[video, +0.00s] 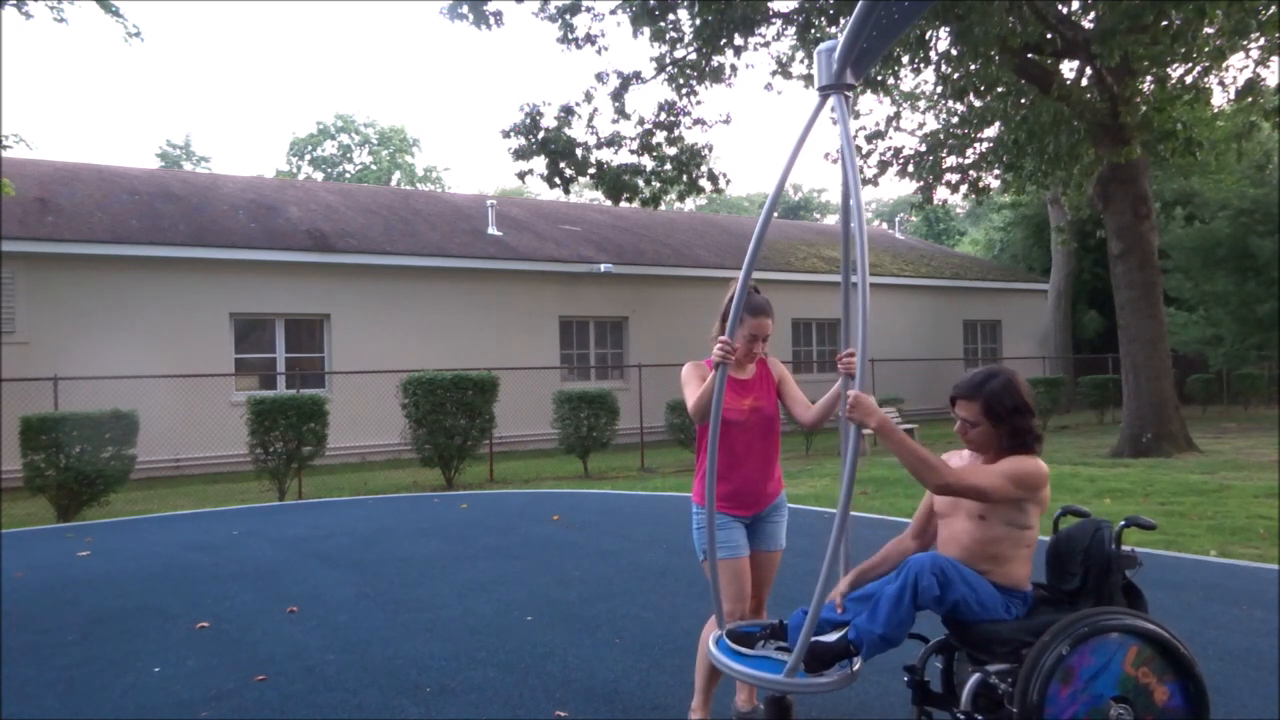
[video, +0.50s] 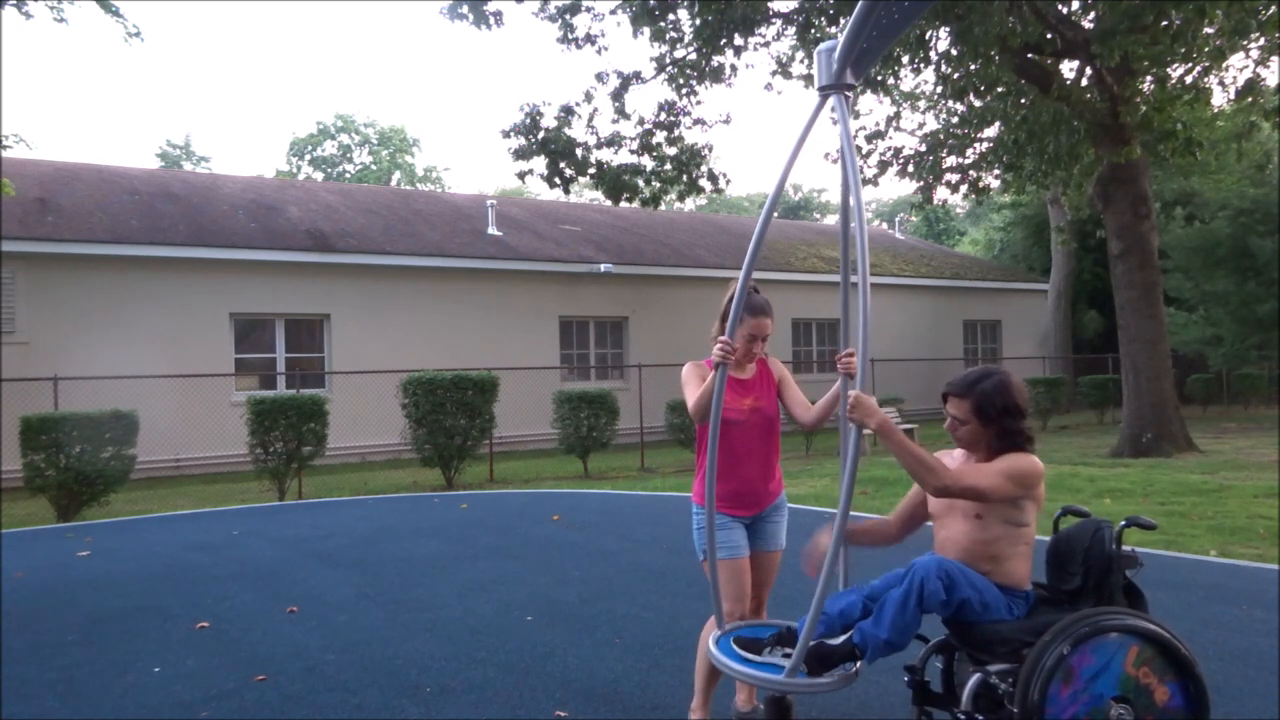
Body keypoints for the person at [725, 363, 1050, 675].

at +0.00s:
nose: (959, 431)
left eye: (969, 424)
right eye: (957, 421)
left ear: (1004, 424)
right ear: (956, 415)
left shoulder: (1030, 471)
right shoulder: (954, 462)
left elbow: (945, 481)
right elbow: (914, 538)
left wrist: (879, 422)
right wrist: (852, 577)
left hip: (1001, 599)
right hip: (945, 585)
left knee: (928, 567)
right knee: (879, 590)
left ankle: (846, 645)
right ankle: (789, 631)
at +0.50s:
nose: (949, 430)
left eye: (959, 422)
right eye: (947, 420)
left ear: (993, 421)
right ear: (946, 415)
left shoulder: (1025, 468)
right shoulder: (944, 464)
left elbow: (945, 484)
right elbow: (895, 526)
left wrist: (880, 424)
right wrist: (837, 531)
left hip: (1001, 600)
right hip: (945, 588)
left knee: (933, 568)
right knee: (876, 594)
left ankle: (852, 649)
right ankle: (796, 636)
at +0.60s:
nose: (948, 428)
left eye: (957, 421)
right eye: (946, 419)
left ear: (992, 420)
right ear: (945, 414)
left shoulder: (1024, 466)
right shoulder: (940, 464)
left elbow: (945, 482)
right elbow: (876, 513)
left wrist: (880, 423)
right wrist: (812, 502)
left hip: (1002, 599)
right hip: (945, 587)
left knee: (933, 568)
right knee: (883, 589)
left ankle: (854, 649)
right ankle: (798, 636)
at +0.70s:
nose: (946, 427)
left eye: (956, 420)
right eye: (945, 417)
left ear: (991, 420)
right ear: (944, 412)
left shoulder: (1023, 466)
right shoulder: (935, 463)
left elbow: (946, 482)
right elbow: (859, 498)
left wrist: (881, 423)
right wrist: (795, 474)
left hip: (1001, 599)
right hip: (944, 586)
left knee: (933, 568)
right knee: (887, 583)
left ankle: (853, 649)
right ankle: (798, 637)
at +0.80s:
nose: (945, 427)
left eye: (955, 420)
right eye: (943, 417)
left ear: (989, 419)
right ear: (942, 413)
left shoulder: (1021, 465)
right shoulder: (936, 461)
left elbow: (946, 483)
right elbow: (853, 478)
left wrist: (883, 424)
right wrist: (776, 451)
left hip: (1001, 599)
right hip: (945, 587)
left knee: (933, 568)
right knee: (892, 583)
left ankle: (853, 648)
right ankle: (802, 636)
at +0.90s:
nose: (943, 426)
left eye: (953, 418)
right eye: (941, 416)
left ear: (987, 417)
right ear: (940, 413)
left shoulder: (1019, 464)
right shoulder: (933, 458)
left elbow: (945, 483)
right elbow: (837, 462)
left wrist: (882, 424)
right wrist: (757, 433)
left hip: (1001, 598)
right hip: (943, 586)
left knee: (932, 568)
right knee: (878, 590)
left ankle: (853, 648)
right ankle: (800, 637)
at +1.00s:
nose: (941, 425)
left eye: (951, 418)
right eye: (939, 416)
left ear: (984, 419)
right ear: (938, 412)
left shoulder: (1016, 462)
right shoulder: (931, 457)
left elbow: (943, 483)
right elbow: (828, 455)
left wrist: (882, 424)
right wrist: (747, 429)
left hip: (1002, 598)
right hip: (943, 587)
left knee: (932, 569)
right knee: (875, 590)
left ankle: (853, 647)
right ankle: (798, 638)